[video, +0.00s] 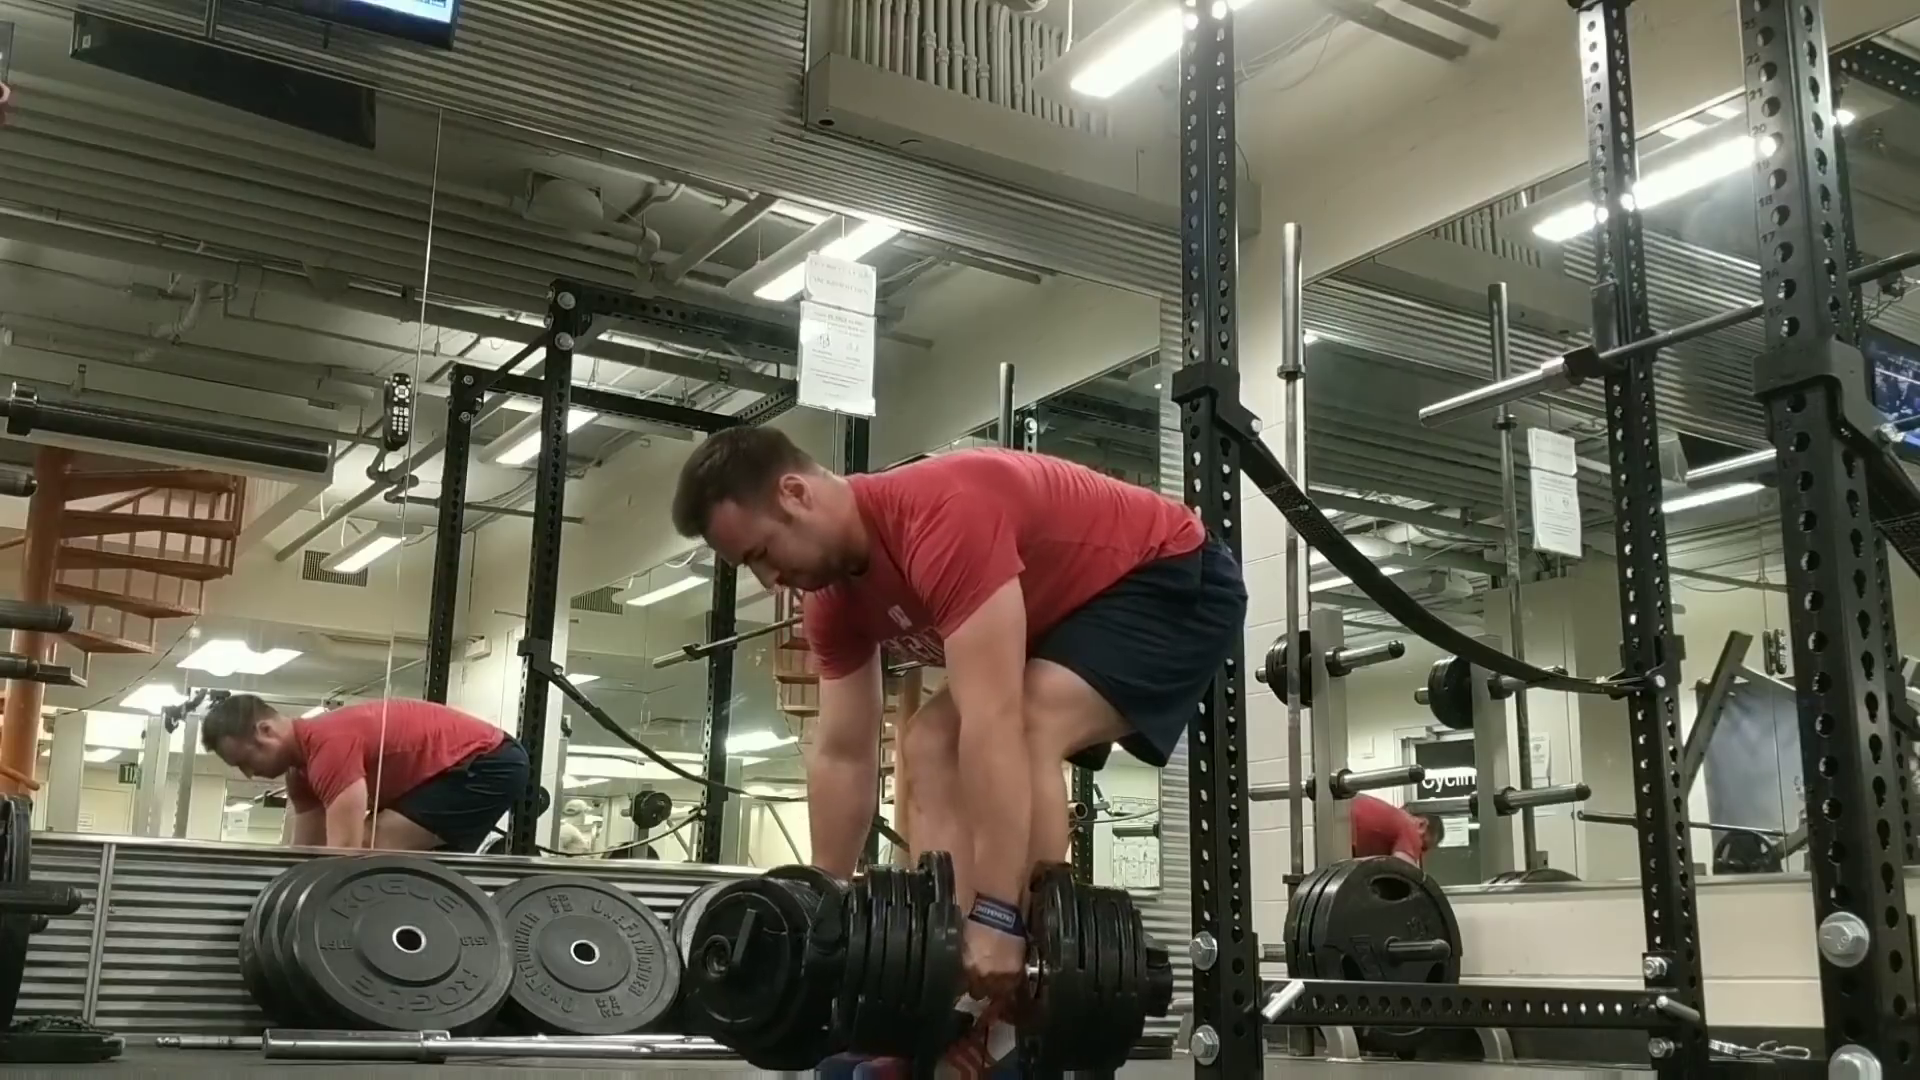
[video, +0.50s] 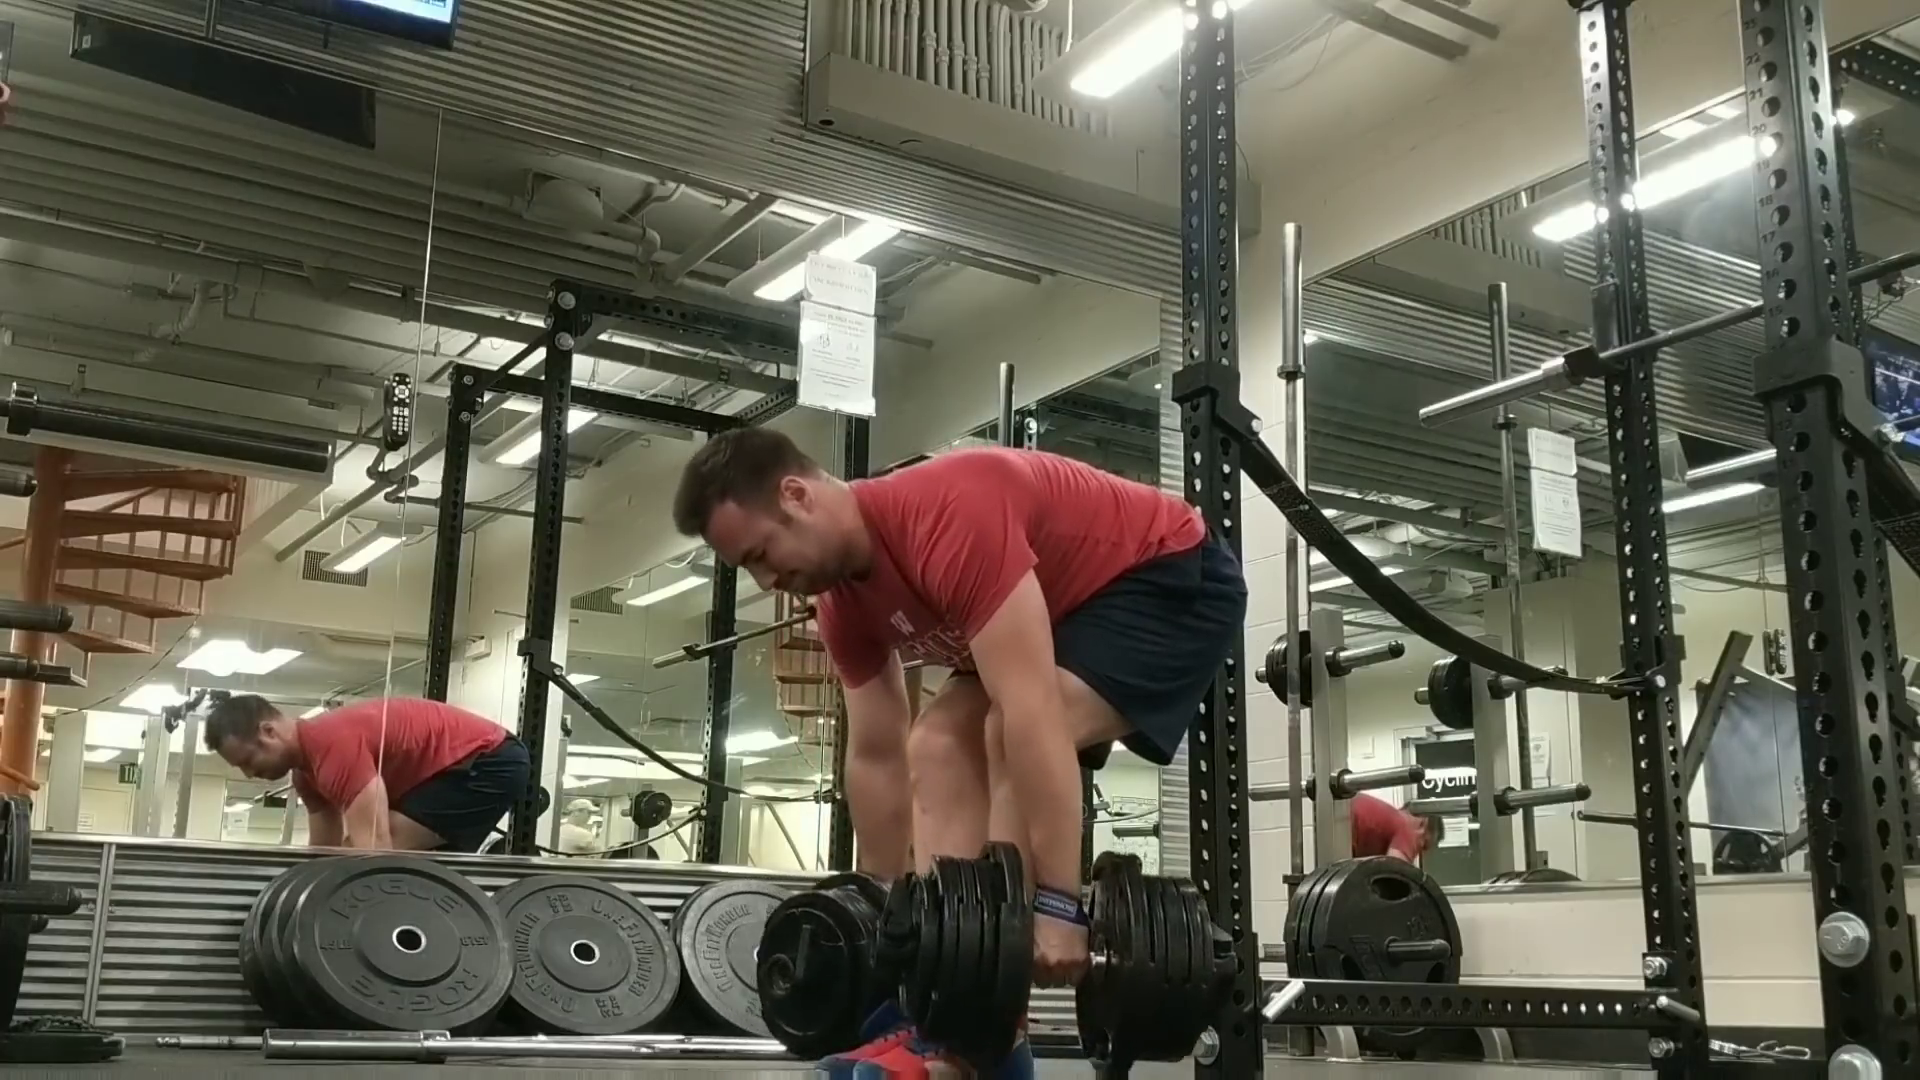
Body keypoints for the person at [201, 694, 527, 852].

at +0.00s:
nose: (250, 775)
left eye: (245, 762)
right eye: (241, 768)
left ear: (265, 731)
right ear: (264, 732)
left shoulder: (331, 745)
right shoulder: (302, 770)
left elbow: (343, 855)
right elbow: (300, 854)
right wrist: (278, 920)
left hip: (491, 765)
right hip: (464, 770)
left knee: (370, 846)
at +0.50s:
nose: (250, 774)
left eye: (248, 761)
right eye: (242, 768)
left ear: (268, 730)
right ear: (268, 733)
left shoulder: (335, 744)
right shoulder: (308, 773)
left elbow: (369, 853)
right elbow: (324, 852)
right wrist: (303, 918)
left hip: (492, 763)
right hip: (464, 769)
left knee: (381, 854)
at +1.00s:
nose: (256, 788)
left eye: (252, 776)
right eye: (247, 781)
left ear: (275, 746)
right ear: (275, 744)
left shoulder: (336, 748)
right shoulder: (306, 776)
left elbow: (372, 849)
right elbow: (318, 856)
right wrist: (300, 917)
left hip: (491, 766)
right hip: (461, 770)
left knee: (383, 851)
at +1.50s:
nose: (259, 788)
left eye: (255, 775)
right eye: (250, 781)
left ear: (279, 747)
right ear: (277, 746)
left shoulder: (336, 748)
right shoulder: (302, 772)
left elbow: (370, 843)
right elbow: (314, 849)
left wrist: (327, 904)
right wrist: (300, 904)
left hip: (487, 765)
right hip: (457, 769)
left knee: (388, 854)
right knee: (384, 855)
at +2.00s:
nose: (253, 782)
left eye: (249, 770)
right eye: (244, 776)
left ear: (268, 737)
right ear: (268, 738)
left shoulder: (331, 751)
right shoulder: (302, 775)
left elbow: (366, 851)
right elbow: (315, 856)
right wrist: (297, 916)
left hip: (491, 766)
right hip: (463, 771)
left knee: (381, 849)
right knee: (386, 855)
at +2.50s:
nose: (251, 757)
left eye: (249, 744)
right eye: (243, 750)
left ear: (272, 715)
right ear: (272, 717)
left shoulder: (336, 734)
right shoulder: (305, 756)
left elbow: (370, 841)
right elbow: (314, 845)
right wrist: (292, 913)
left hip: (489, 761)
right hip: (458, 766)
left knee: (381, 850)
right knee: (390, 854)